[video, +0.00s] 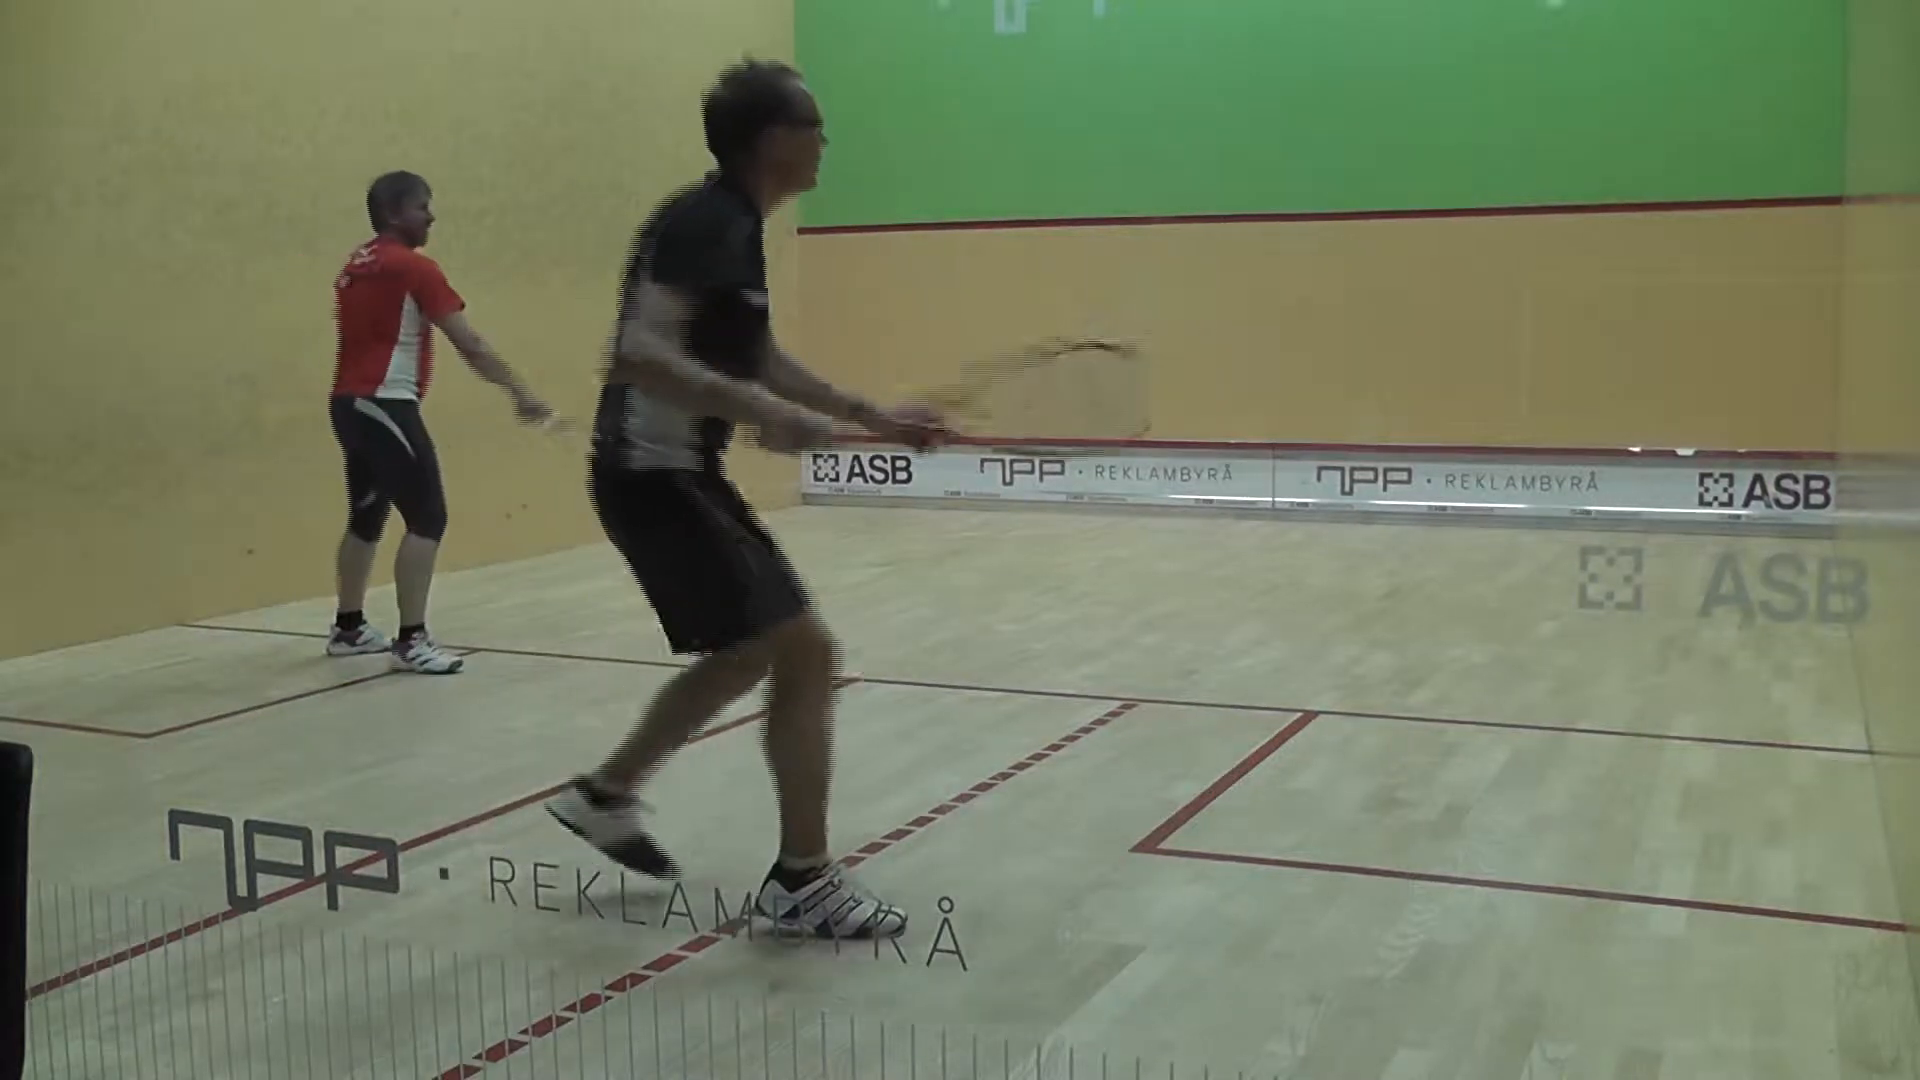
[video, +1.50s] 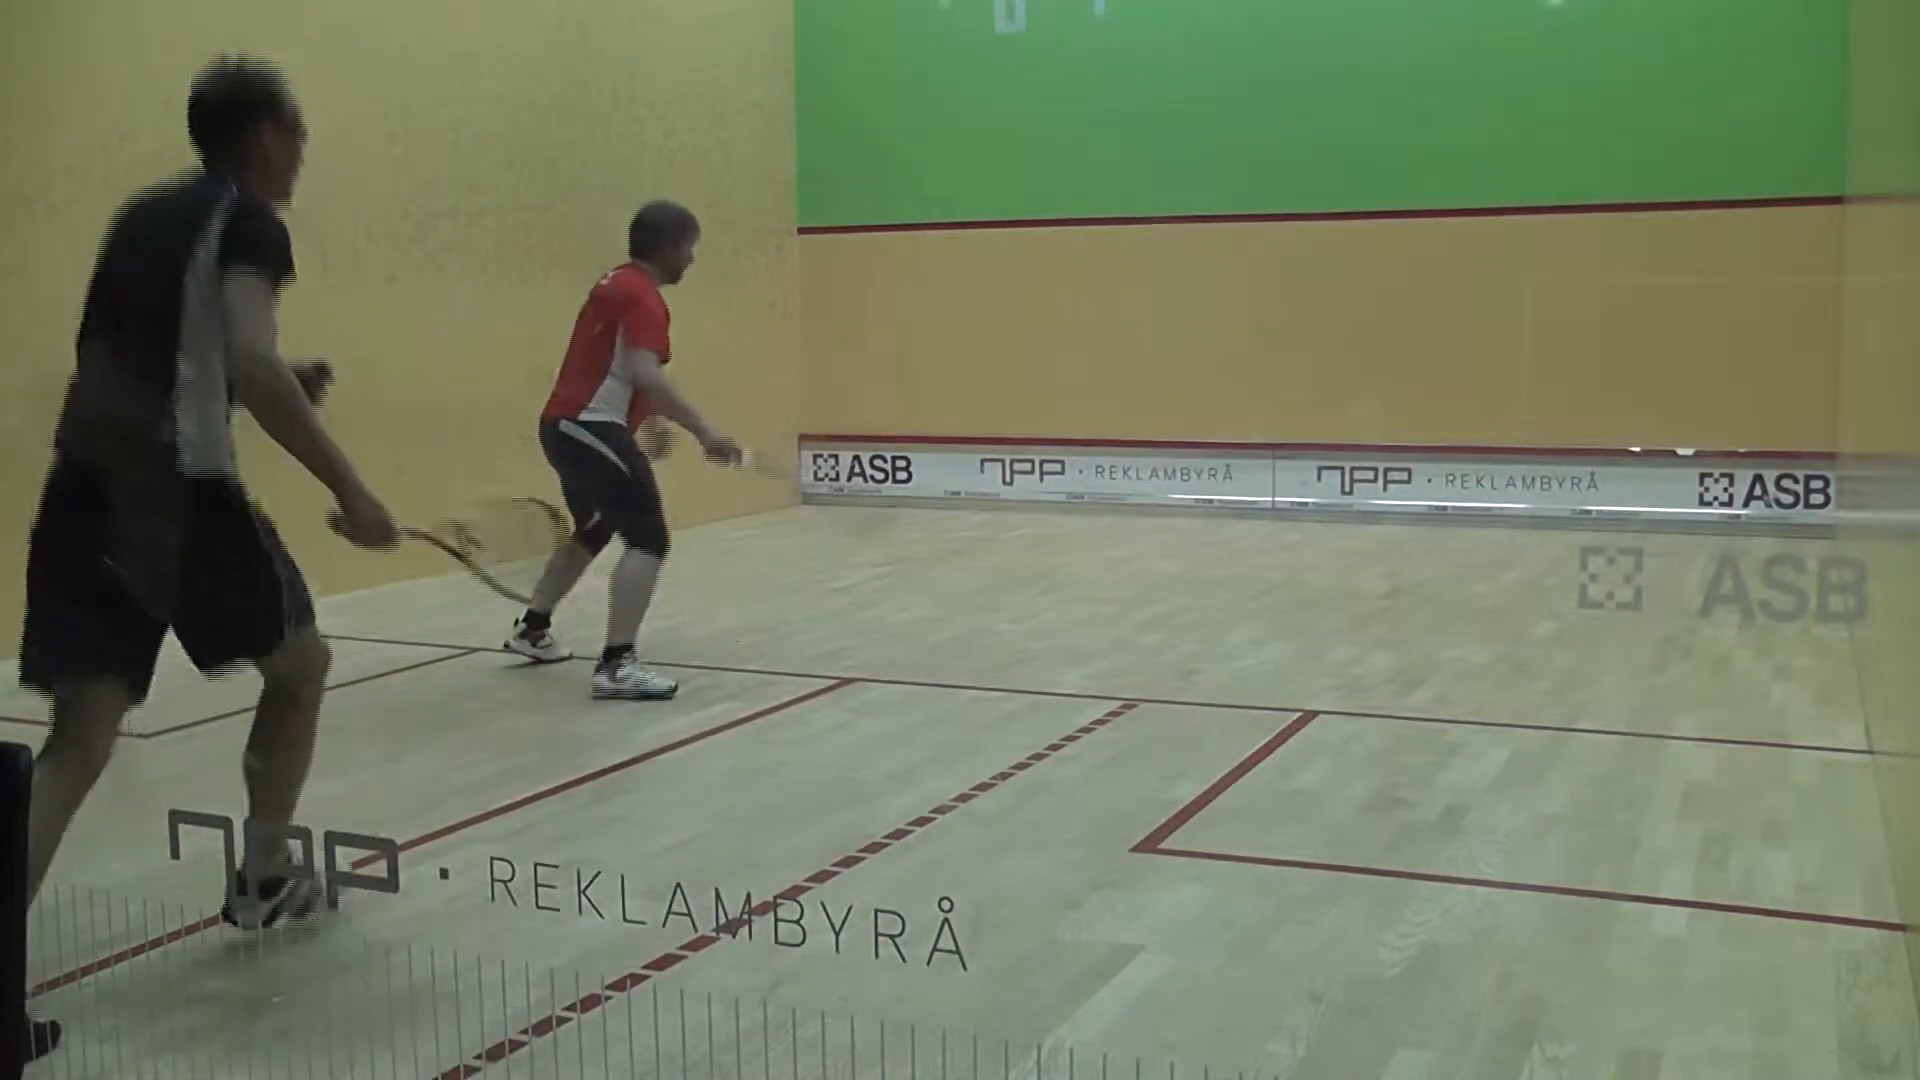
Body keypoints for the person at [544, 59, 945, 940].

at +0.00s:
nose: (821, 143)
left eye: (818, 127)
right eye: (807, 128)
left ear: (763, 143)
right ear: (759, 142)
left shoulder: (739, 229)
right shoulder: (701, 221)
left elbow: (762, 363)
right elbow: (638, 355)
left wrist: (873, 418)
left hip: (684, 474)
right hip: (652, 477)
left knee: (784, 649)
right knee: (784, 646)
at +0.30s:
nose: (723, 138)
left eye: (723, 122)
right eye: (704, 122)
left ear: (705, 134)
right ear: (649, 128)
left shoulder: (706, 231)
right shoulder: (564, 209)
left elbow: (765, 343)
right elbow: (430, 296)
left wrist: (819, 394)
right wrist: (488, 335)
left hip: (639, 474)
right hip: (554, 473)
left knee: (689, 690)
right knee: (652, 675)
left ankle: (607, 860)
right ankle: (613, 877)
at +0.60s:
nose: (554, 209)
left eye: (553, 190)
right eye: (533, 194)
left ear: (539, 197)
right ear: (476, 204)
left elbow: (679, 409)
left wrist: (689, 541)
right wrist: (150, 304)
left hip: (555, 561)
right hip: (440, 563)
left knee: (630, 778)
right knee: (424, 767)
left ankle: (594, 867)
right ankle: (445, 1009)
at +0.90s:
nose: (480, 242)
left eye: (484, 220)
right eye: (460, 222)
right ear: (394, 217)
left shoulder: (442, 295)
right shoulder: (322, 294)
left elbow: (439, 449)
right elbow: (397, 465)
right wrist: (515, 542)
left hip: (372, 546)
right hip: (277, 561)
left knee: (469, 769)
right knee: (358, 792)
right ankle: (442, 1012)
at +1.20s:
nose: (344, 147)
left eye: (342, 127)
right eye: (331, 126)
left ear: (264, 132)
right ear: (281, 130)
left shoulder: (179, 211)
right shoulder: (257, 236)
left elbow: (181, 378)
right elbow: (257, 434)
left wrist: (305, 360)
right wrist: (316, 516)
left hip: (115, 525)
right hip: (186, 529)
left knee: (151, 778)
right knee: (323, 732)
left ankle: (9, 980)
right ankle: (375, 995)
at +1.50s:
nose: (302, 158)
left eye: (299, 140)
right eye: (296, 140)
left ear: (212, 142)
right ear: (265, 141)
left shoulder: (144, 213)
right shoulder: (249, 220)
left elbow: (144, 363)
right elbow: (251, 366)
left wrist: (270, 378)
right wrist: (349, 488)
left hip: (84, 497)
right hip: (180, 499)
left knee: (77, 740)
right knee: (300, 662)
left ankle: (3, 967)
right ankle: (266, 873)